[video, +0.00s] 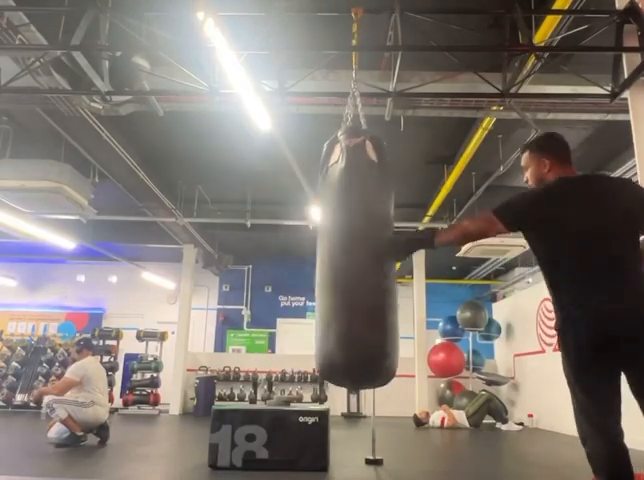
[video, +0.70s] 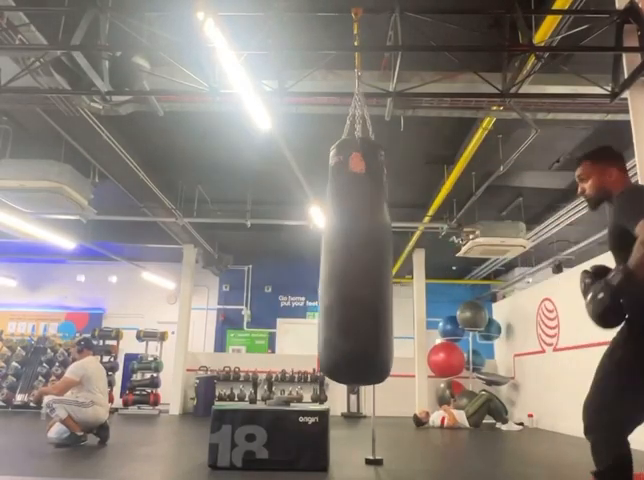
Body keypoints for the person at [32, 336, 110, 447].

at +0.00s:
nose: (74, 355)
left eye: (76, 351)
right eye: (74, 351)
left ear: (85, 351)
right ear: (88, 351)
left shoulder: (81, 365)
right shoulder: (98, 366)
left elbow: (58, 390)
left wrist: (40, 391)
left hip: (92, 410)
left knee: (50, 402)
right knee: (53, 435)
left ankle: (78, 434)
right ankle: (95, 428)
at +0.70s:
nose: (72, 353)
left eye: (74, 350)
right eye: (73, 350)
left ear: (83, 350)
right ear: (89, 351)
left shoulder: (81, 365)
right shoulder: (98, 365)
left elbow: (58, 390)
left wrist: (41, 391)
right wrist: (57, 384)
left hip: (92, 410)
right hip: (102, 411)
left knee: (50, 402)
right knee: (53, 435)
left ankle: (78, 434)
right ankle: (95, 428)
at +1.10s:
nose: (73, 354)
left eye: (75, 350)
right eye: (73, 351)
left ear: (82, 349)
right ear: (90, 350)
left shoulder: (80, 365)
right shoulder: (98, 365)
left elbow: (58, 390)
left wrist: (41, 391)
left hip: (91, 410)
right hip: (102, 411)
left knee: (50, 402)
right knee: (53, 435)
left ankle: (78, 434)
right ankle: (95, 428)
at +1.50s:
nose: (71, 352)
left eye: (75, 348)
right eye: (72, 348)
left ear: (87, 352)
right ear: (88, 353)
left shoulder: (84, 365)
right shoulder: (95, 364)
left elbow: (59, 390)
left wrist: (41, 391)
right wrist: (56, 420)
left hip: (93, 410)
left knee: (51, 402)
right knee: (53, 435)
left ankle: (78, 434)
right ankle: (95, 428)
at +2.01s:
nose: (70, 356)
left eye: (73, 352)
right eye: (69, 352)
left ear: (83, 351)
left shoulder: (87, 365)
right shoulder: (92, 364)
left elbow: (63, 388)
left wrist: (63, 370)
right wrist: (58, 388)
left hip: (95, 410)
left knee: (53, 401)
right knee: (53, 435)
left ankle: (80, 435)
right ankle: (96, 429)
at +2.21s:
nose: (69, 356)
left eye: (72, 352)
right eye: (68, 353)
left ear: (82, 351)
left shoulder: (86, 365)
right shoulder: (92, 364)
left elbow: (63, 388)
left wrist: (64, 370)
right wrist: (58, 388)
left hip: (95, 410)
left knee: (52, 401)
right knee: (53, 436)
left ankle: (80, 435)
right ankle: (96, 429)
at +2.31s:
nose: (68, 357)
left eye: (71, 353)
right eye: (67, 354)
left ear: (81, 351)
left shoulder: (85, 366)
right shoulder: (93, 363)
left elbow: (62, 388)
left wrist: (63, 370)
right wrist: (57, 389)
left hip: (95, 410)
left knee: (52, 401)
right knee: (54, 435)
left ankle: (79, 435)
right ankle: (96, 429)